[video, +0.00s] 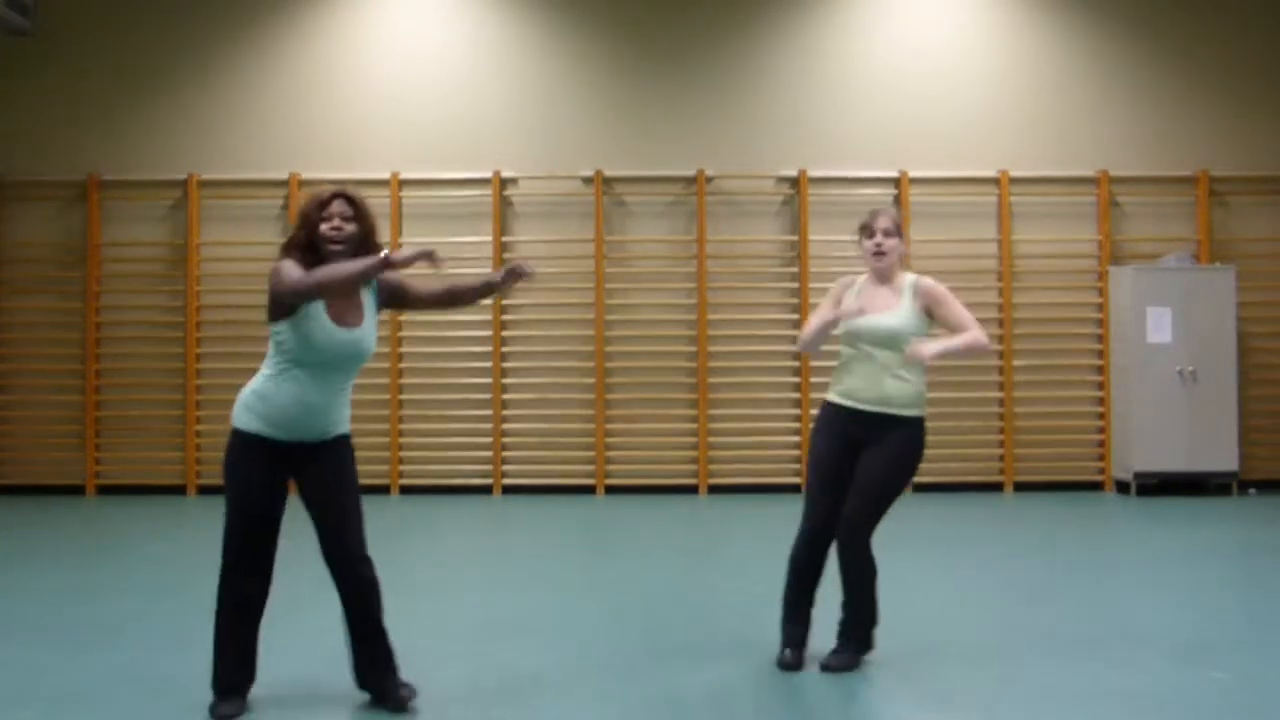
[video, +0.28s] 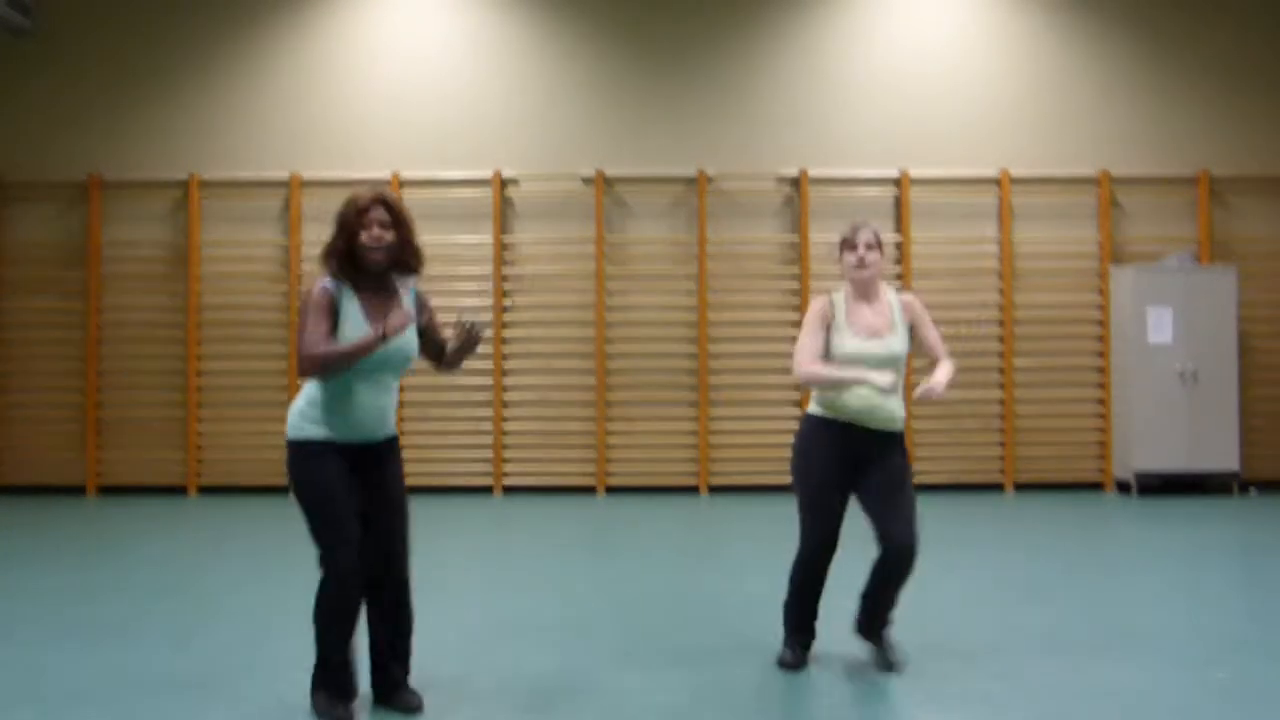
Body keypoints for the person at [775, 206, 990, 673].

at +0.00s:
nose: (879, 242)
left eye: (888, 234)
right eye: (871, 235)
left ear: (903, 242)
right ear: (860, 244)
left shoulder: (923, 290)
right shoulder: (846, 289)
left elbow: (979, 337)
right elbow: (805, 344)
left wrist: (935, 347)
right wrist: (836, 316)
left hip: (898, 426)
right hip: (839, 419)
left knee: (853, 531)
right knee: (815, 527)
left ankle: (855, 642)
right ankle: (793, 639)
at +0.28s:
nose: (862, 255)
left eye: (870, 248)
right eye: (852, 248)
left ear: (884, 257)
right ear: (841, 259)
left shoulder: (906, 306)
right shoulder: (825, 307)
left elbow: (944, 360)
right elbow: (803, 369)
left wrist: (939, 378)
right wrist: (865, 375)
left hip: (883, 442)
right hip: (825, 437)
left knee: (902, 545)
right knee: (817, 545)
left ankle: (872, 626)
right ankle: (797, 640)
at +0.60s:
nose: (889, 239)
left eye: (896, 232)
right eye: (879, 234)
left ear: (909, 240)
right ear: (865, 246)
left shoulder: (929, 285)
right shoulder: (859, 292)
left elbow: (992, 303)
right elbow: (900, 304)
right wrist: (959, 258)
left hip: (928, 425)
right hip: (875, 426)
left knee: (961, 532)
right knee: (893, 538)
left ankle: (926, 630)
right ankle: (868, 642)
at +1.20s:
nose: (914, 250)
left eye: (922, 243)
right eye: (904, 244)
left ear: (936, 252)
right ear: (893, 254)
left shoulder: (954, 298)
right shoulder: (880, 299)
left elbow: (941, 351)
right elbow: (827, 322)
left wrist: (876, 321)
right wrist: (808, 309)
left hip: (963, 436)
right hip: (902, 439)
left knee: (988, 543)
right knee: (857, 532)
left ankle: (1026, 647)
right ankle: (857, 632)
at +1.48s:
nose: (863, 250)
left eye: (873, 244)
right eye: (855, 243)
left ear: (887, 253)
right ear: (843, 252)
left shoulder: (896, 301)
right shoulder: (834, 296)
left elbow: (857, 349)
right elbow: (791, 322)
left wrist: (790, 323)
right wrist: (764, 314)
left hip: (880, 434)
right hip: (826, 429)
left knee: (857, 548)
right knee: (811, 549)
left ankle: (915, 623)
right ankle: (827, 647)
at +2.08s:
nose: (742, 261)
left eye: (751, 255)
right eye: (735, 255)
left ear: (768, 263)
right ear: (726, 263)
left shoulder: (779, 313)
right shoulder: (709, 298)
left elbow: (751, 348)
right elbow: (659, 307)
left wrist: (697, 323)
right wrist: (608, 307)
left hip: (742, 443)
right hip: (686, 431)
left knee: (744, 557)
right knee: (656, 546)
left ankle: (806, 624)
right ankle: (639, 641)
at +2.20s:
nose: (722, 267)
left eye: (732, 260)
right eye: (715, 260)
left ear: (746, 269)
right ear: (704, 269)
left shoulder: (767, 320)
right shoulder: (686, 318)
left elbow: (773, 391)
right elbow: (636, 369)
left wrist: (723, 422)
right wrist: (652, 412)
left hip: (728, 451)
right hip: (671, 440)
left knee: (712, 558)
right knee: (652, 546)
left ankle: (674, 627)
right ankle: (637, 639)